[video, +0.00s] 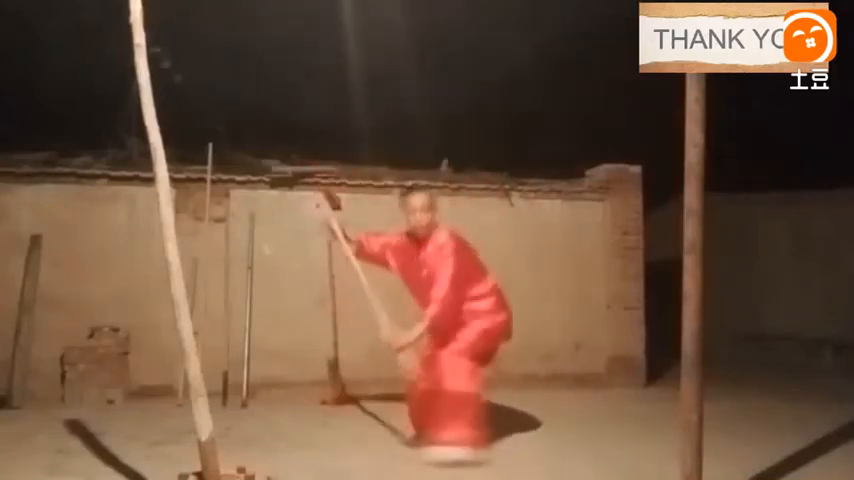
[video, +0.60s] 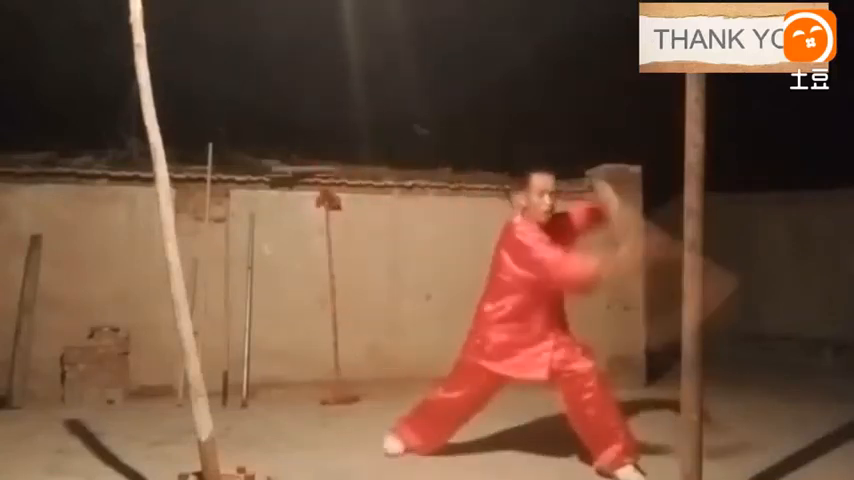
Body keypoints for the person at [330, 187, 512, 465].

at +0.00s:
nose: (421, 218)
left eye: (426, 210)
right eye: (414, 212)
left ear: (435, 212)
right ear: (405, 215)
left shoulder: (445, 243)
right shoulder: (401, 245)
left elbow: (443, 298)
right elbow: (365, 246)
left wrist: (411, 336)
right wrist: (339, 232)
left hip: (485, 316)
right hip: (452, 319)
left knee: (454, 359)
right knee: (425, 365)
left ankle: (459, 439)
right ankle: (431, 431)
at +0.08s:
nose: (444, 206)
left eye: (450, 199)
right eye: (438, 200)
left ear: (458, 203)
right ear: (428, 204)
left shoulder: (467, 236)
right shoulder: (420, 237)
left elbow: (477, 288)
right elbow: (380, 242)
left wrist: (447, 315)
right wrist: (340, 235)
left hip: (498, 311)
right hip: (462, 315)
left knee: (502, 364)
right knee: (428, 364)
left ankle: (538, 437)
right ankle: (432, 431)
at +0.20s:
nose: (462, 202)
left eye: (468, 195)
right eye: (456, 195)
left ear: (478, 199)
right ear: (445, 199)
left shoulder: (490, 234)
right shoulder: (434, 235)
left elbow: (502, 283)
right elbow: (393, 244)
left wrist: (472, 306)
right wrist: (355, 247)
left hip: (507, 318)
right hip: (463, 320)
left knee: (543, 376)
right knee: (429, 371)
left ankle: (574, 437)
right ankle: (433, 432)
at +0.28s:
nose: (513, 195)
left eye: (517, 188)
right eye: (505, 188)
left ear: (523, 193)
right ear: (488, 193)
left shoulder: (534, 231)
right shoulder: (473, 232)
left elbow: (572, 259)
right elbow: (429, 260)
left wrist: (541, 277)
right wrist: (417, 273)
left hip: (532, 331)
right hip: (480, 331)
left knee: (571, 379)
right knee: (447, 383)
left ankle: (612, 452)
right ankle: (428, 430)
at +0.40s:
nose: (530, 195)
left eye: (534, 187)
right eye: (522, 188)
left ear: (540, 193)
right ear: (507, 194)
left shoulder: (551, 232)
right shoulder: (494, 232)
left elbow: (586, 259)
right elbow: (448, 275)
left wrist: (599, 253)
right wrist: (472, 297)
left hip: (542, 334)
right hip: (494, 335)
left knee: (584, 380)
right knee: (458, 388)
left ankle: (614, 459)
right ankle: (420, 424)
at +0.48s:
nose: (547, 198)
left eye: (551, 191)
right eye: (539, 190)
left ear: (555, 195)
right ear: (520, 195)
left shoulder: (560, 227)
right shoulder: (517, 233)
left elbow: (594, 222)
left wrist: (611, 207)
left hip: (544, 334)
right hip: (501, 336)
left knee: (587, 382)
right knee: (463, 392)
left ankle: (617, 459)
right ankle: (411, 434)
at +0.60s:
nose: (548, 201)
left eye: (552, 194)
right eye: (540, 194)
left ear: (555, 197)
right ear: (519, 199)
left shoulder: (553, 228)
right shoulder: (518, 235)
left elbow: (587, 218)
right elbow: (563, 269)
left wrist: (608, 206)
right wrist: (616, 260)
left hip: (543, 335)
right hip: (499, 337)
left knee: (584, 375)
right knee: (459, 393)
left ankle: (615, 459)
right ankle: (406, 435)